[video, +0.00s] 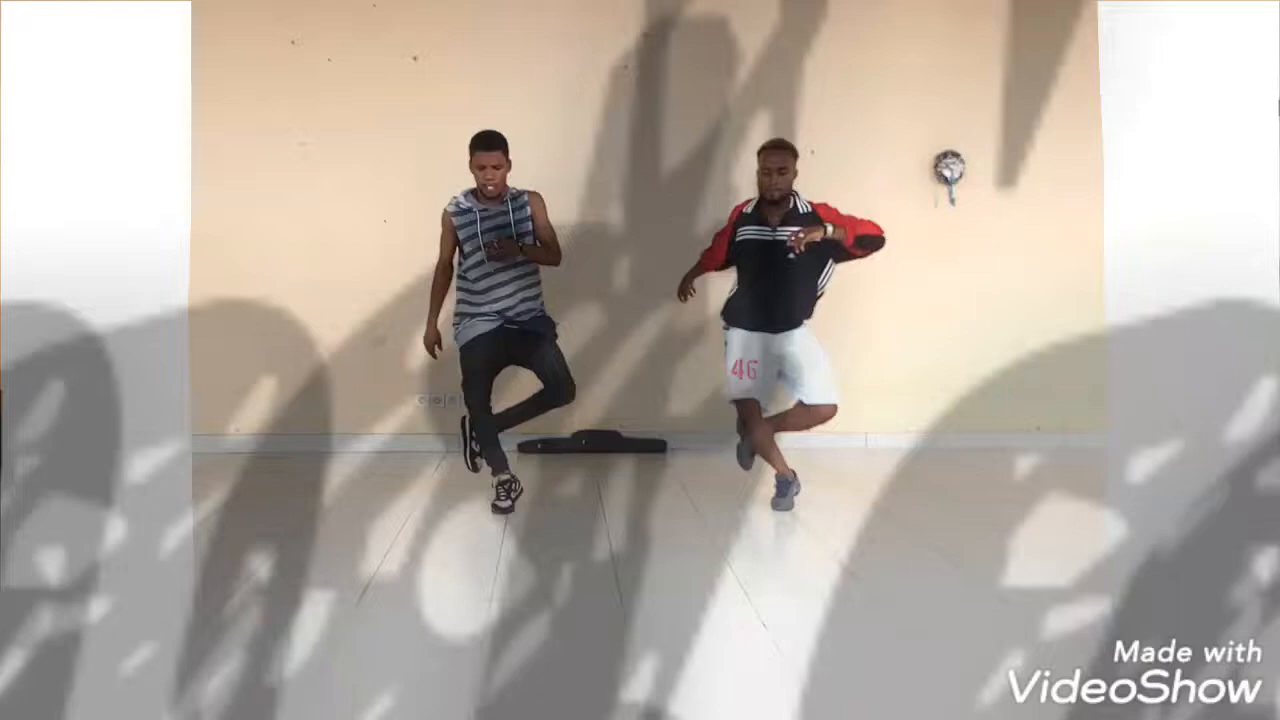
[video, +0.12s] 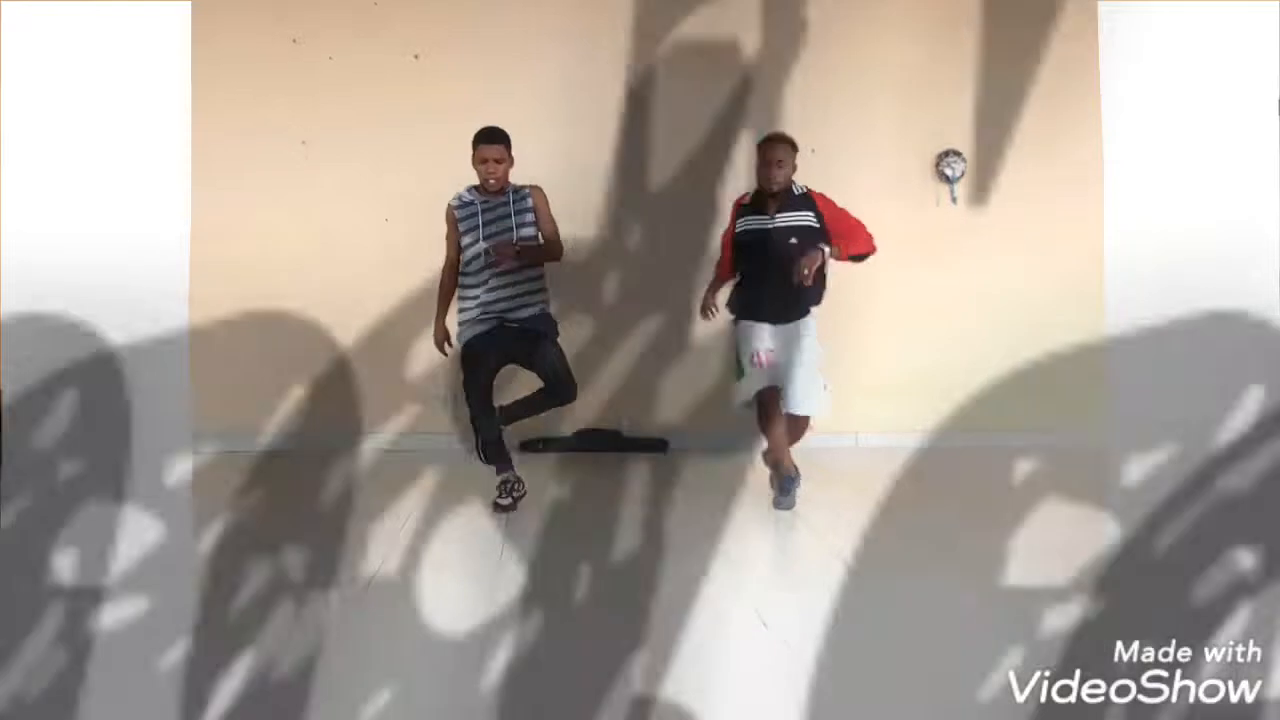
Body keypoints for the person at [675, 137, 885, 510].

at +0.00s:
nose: (772, 179)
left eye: (781, 171)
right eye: (765, 171)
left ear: (795, 174)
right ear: (757, 174)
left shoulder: (817, 217)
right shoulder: (742, 217)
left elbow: (875, 238)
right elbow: (719, 253)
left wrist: (827, 232)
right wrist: (692, 274)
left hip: (793, 330)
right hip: (745, 329)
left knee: (822, 407)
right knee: (749, 414)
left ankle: (756, 430)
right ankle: (785, 476)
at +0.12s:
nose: (773, 170)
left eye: (781, 163)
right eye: (767, 163)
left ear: (794, 166)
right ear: (757, 165)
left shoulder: (815, 205)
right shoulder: (743, 209)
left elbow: (864, 243)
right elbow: (730, 258)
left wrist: (825, 251)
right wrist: (714, 287)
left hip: (798, 318)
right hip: (753, 316)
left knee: (799, 419)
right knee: (769, 397)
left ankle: (774, 453)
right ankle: (784, 474)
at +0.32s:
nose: (762, 180)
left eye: (772, 174)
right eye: (757, 172)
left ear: (786, 178)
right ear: (748, 175)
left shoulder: (806, 227)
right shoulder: (733, 219)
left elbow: (827, 283)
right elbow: (732, 264)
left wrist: (817, 330)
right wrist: (733, 296)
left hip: (794, 322)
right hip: (750, 320)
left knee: (803, 407)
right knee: (754, 396)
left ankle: (783, 458)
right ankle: (740, 488)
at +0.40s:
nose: (770, 175)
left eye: (778, 168)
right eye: (763, 168)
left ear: (792, 171)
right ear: (754, 171)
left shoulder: (815, 220)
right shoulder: (738, 217)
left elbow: (845, 271)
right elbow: (729, 266)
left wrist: (821, 300)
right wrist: (716, 306)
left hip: (796, 325)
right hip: (750, 323)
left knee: (797, 396)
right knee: (748, 400)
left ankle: (786, 462)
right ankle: (737, 491)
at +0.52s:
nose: (773, 162)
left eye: (782, 155)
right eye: (768, 153)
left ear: (797, 156)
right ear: (759, 152)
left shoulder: (818, 198)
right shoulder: (741, 189)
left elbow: (839, 245)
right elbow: (721, 230)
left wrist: (829, 268)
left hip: (791, 308)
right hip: (745, 306)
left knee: (811, 399)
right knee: (747, 390)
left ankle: (786, 445)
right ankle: (742, 466)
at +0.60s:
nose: (775, 164)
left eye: (784, 157)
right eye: (770, 155)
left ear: (801, 159)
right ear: (762, 156)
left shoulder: (819, 204)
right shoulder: (740, 190)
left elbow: (828, 250)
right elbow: (710, 241)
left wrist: (825, 291)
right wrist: (719, 211)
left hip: (790, 306)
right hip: (743, 306)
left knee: (821, 371)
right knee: (750, 397)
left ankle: (787, 440)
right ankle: (742, 473)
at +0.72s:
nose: (772, 181)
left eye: (782, 175)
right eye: (767, 173)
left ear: (800, 180)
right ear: (761, 176)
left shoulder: (815, 230)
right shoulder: (739, 214)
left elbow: (821, 288)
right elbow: (714, 271)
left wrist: (812, 299)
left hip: (788, 330)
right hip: (741, 330)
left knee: (803, 409)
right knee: (751, 412)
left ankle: (793, 492)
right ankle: (748, 485)